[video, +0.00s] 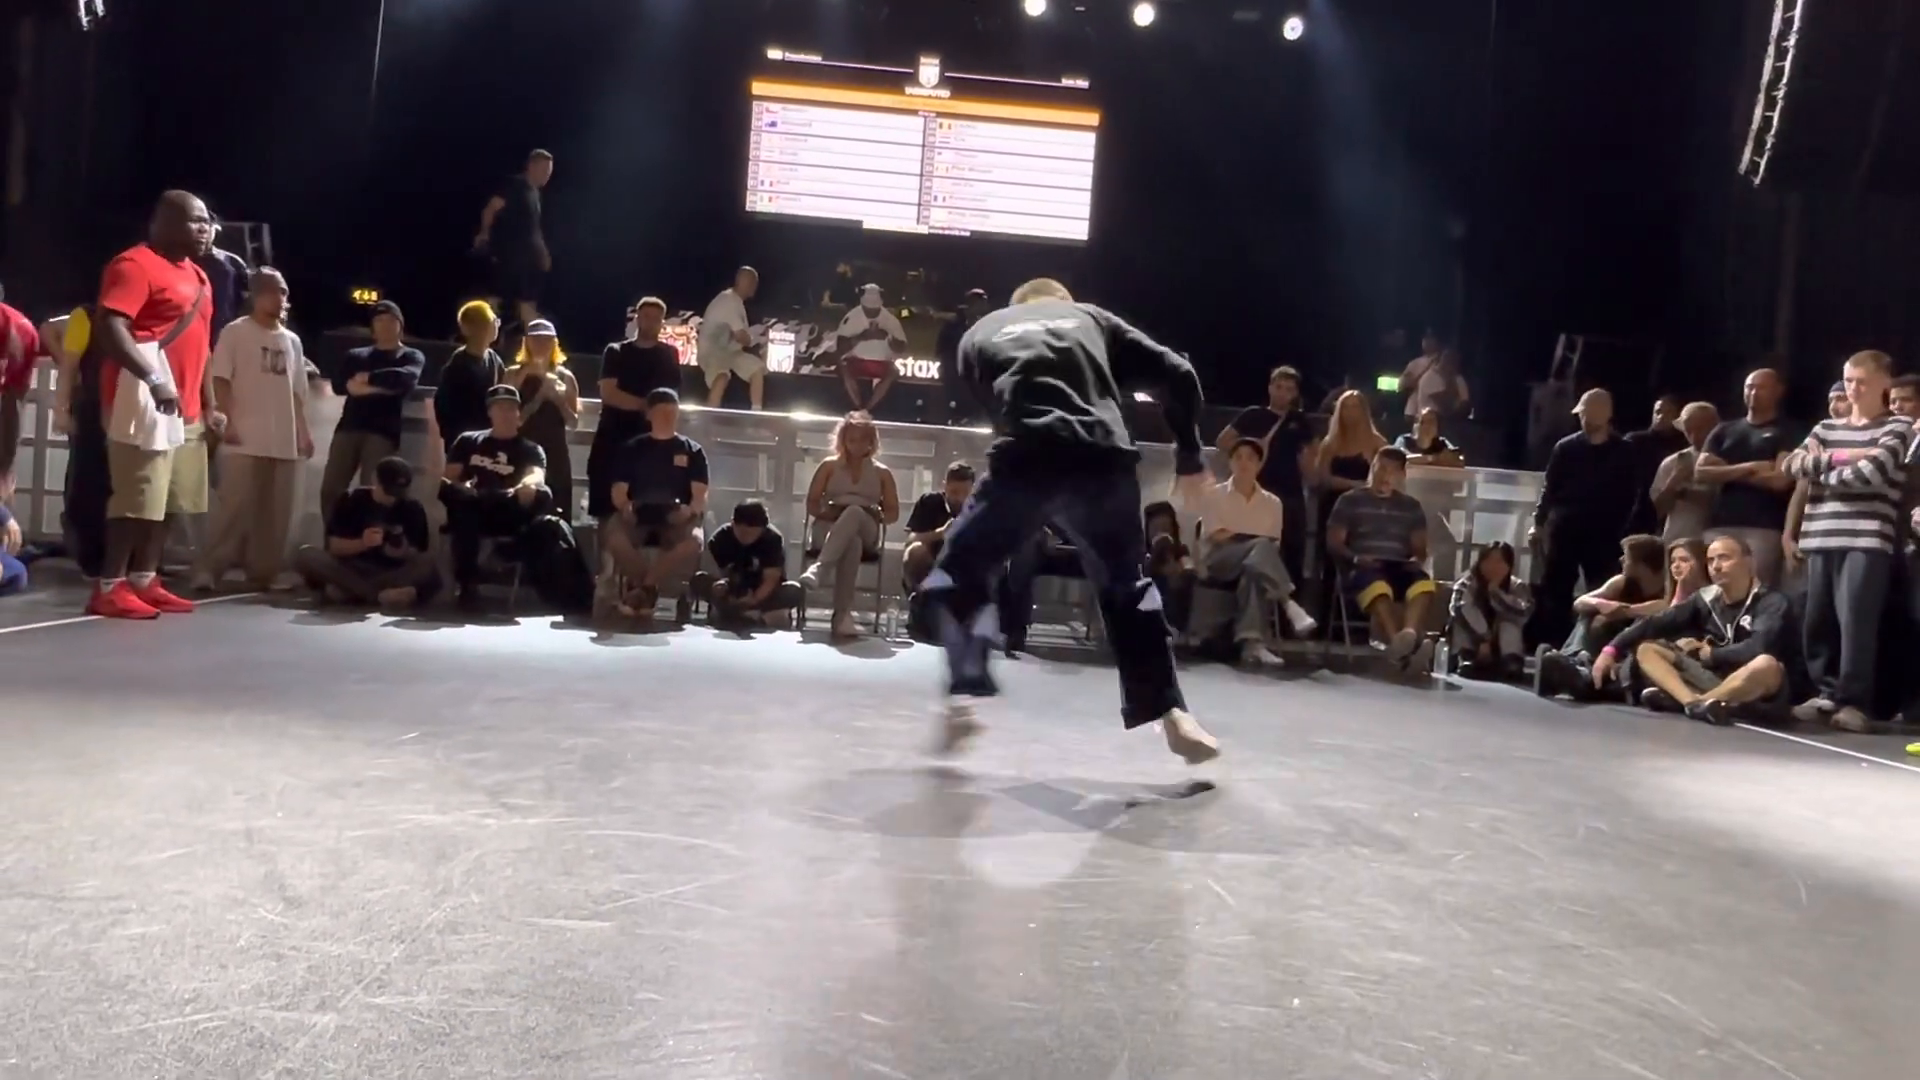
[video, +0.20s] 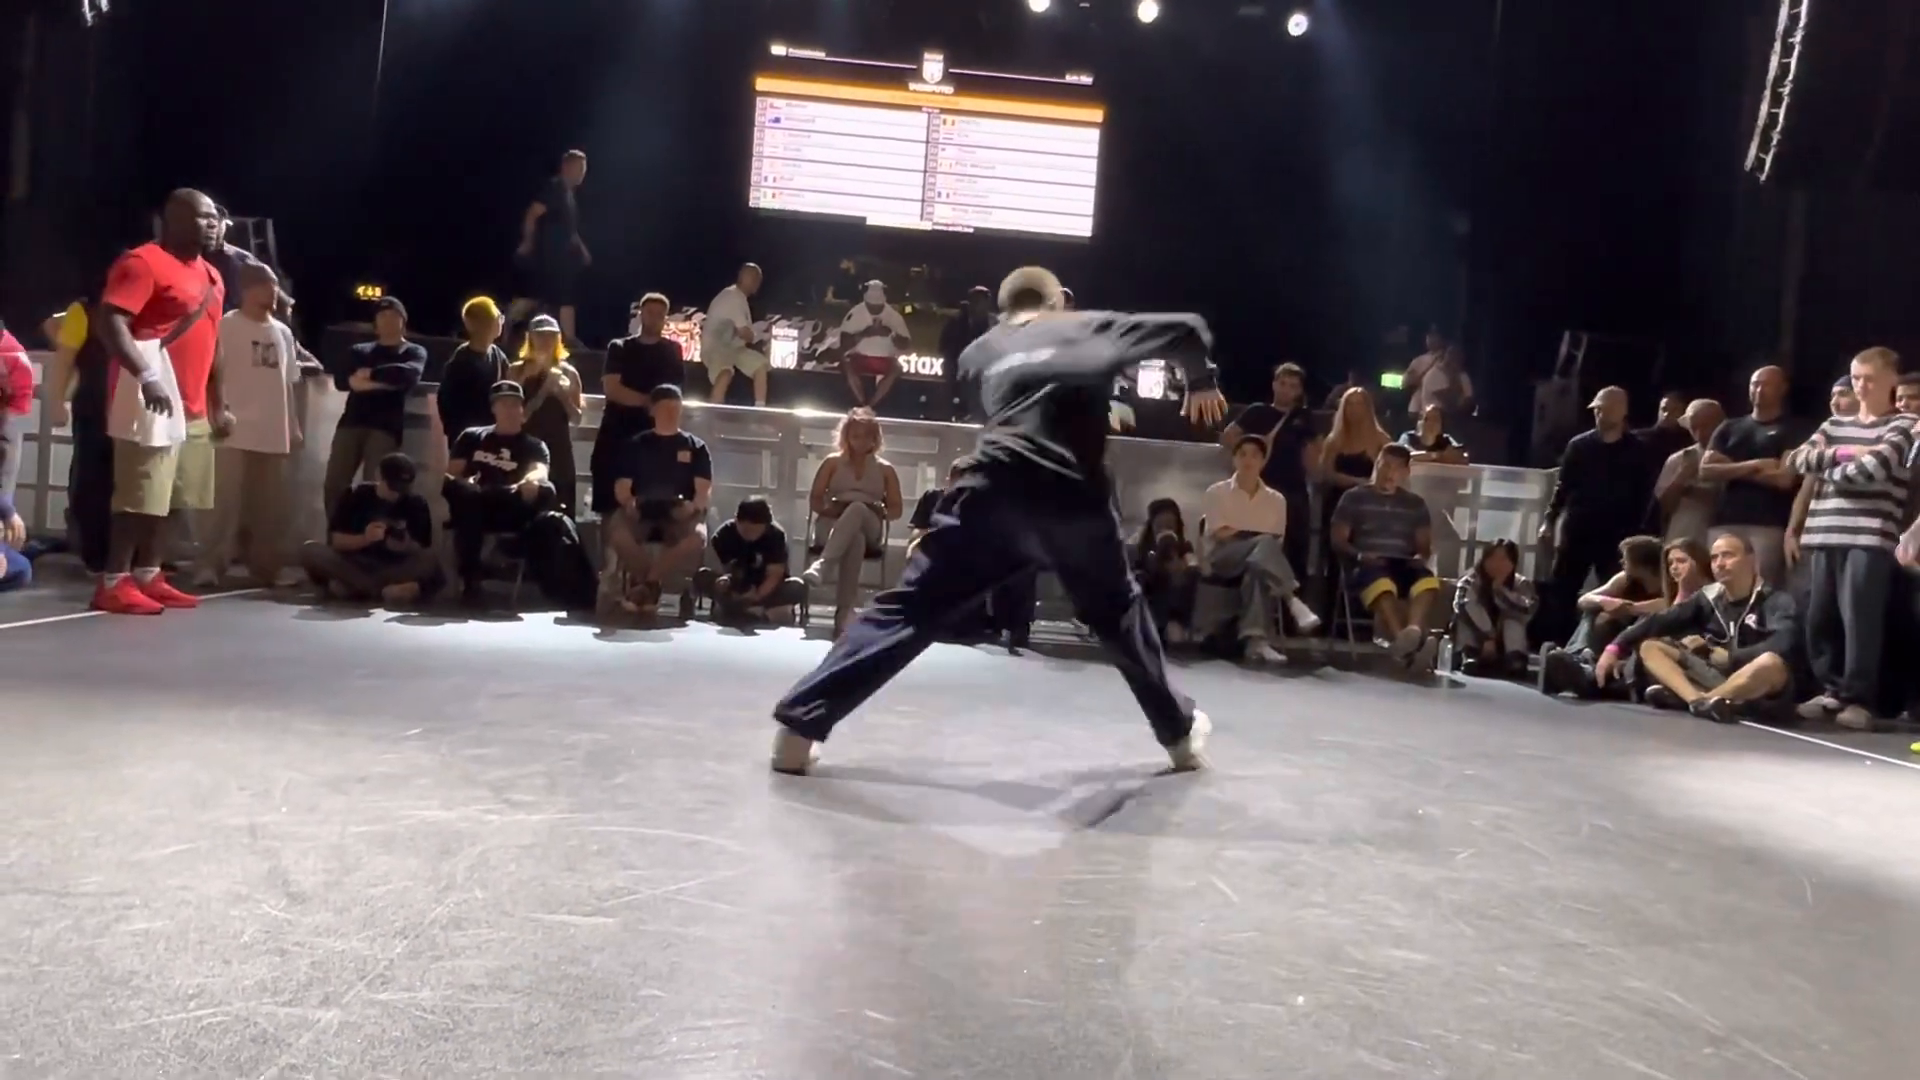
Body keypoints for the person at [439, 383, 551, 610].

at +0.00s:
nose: (508, 414)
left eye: (512, 409)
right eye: (502, 408)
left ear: (519, 414)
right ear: (489, 412)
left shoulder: (531, 449)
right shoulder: (468, 441)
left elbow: (534, 479)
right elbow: (448, 482)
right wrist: (463, 488)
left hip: (510, 503)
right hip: (475, 502)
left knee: (541, 497)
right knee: (460, 505)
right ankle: (466, 584)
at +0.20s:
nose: (512, 410)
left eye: (516, 405)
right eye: (506, 405)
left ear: (523, 410)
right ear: (493, 408)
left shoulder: (534, 445)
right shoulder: (472, 437)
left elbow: (539, 470)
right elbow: (451, 476)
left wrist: (531, 480)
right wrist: (466, 484)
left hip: (513, 499)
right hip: (477, 497)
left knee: (545, 492)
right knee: (464, 498)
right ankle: (470, 581)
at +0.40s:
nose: (514, 407)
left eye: (518, 402)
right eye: (508, 402)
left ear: (525, 407)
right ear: (495, 405)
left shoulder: (537, 442)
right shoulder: (474, 434)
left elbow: (539, 475)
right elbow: (453, 474)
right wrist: (470, 481)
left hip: (516, 497)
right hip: (481, 496)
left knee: (547, 489)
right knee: (465, 496)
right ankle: (472, 578)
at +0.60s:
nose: (519, 405)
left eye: (523, 400)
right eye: (513, 399)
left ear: (529, 405)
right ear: (499, 402)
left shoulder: (540, 440)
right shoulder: (477, 431)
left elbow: (543, 470)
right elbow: (457, 471)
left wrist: (531, 480)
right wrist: (474, 479)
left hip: (520, 495)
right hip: (484, 493)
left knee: (549, 486)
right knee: (469, 490)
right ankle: (476, 576)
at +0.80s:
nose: (519, 401)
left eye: (524, 396)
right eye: (513, 395)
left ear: (531, 402)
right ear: (502, 399)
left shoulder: (542, 437)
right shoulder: (480, 428)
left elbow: (547, 465)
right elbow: (458, 467)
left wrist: (536, 475)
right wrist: (473, 475)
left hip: (519, 491)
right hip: (484, 489)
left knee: (553, 483)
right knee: (470, 488)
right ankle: (477, 571)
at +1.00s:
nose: (524, 399)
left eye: (528, 394)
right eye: (517, 394)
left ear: (534, 400)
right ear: (504, 398)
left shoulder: (545, 435)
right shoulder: (482, 427)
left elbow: (547, 468)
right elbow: (460, 468)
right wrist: (476, 474)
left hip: (524, 489)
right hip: (489, 487)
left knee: (555, 482)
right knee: (469, 483)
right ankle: (480, 569)